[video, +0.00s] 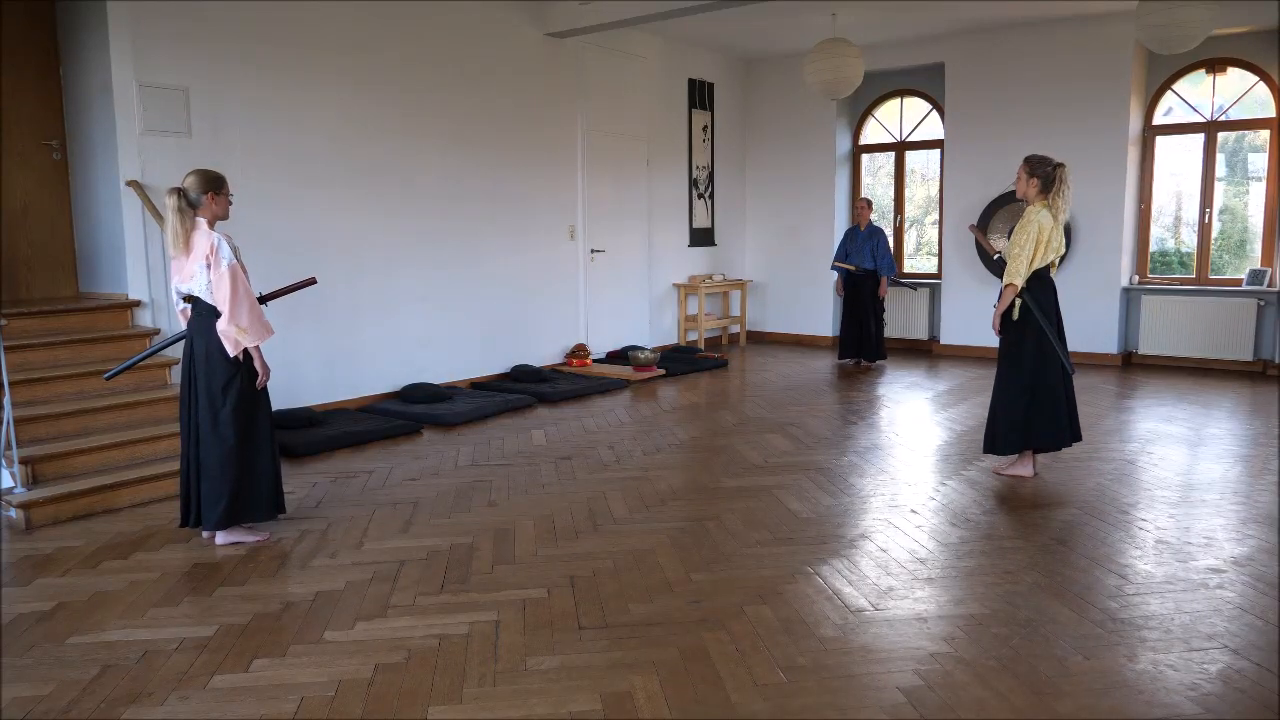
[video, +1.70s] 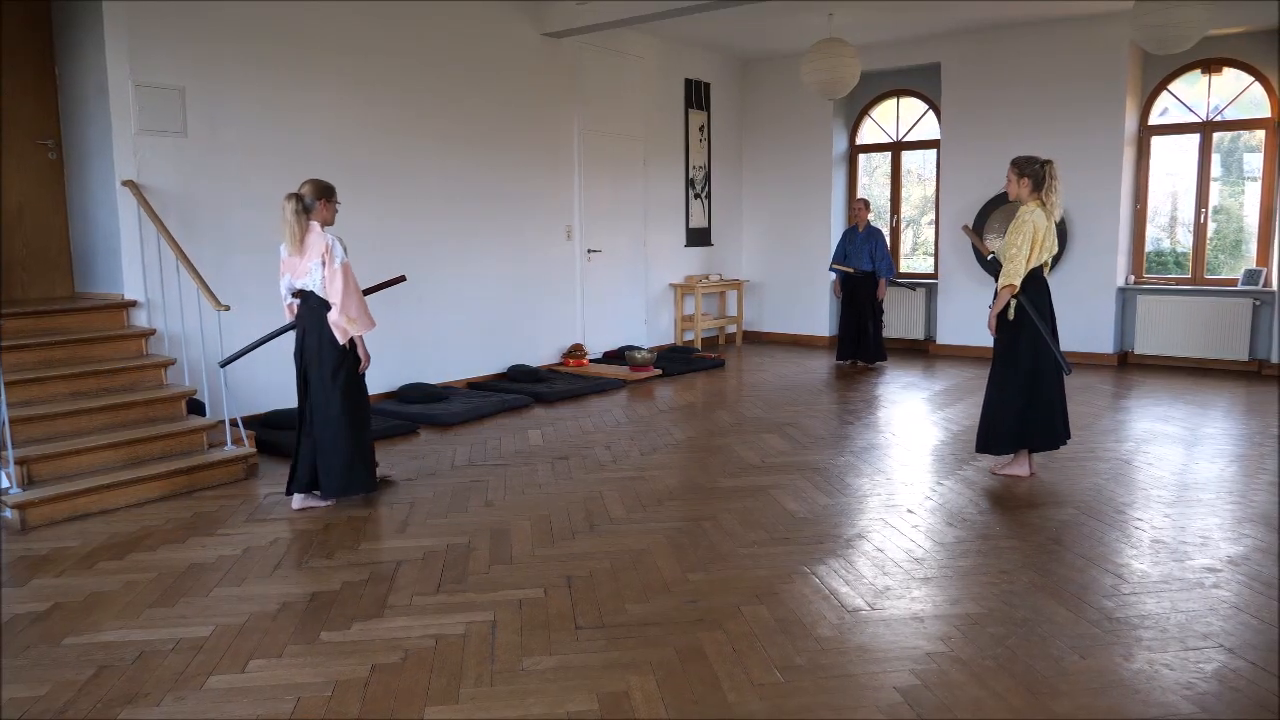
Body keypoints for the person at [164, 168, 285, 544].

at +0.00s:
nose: (231, 203)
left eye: (230, 197)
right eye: (228, 197)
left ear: (201, 200)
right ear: (210, 199)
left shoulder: (181, 240)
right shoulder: (216, 242)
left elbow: (183, 302)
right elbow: (235, 304)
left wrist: (202, 332)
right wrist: (255, 351)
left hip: (198, 341)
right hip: (224, 342)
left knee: (209, 430)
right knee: (232, 431)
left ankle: (213, 521)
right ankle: (229, 525)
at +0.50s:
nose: (237, 206)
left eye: (236, 199)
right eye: (234, 200)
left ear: (203, 202)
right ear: (219, 202)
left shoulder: (186, 245)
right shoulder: (224, 244)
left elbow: (185, 303)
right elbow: (242, 304)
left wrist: (201, 334)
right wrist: (264, 349)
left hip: (201, 340)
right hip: (232, 339)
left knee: (213, 425)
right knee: (260, 415)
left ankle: (216, 515)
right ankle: (276, 502)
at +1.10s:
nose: (288, 205)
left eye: (286, 199)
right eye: (285, 200)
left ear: (256, 203)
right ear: (271, 202)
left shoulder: (237, 245)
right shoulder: (280, 242)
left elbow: (236, 301)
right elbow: (294, 299)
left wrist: (252, 327)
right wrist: (312, 344)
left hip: (251, 332)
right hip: (281, 332)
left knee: (247, 413)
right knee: (298, 411)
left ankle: (221, 500)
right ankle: (306, 493)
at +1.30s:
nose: (305, 204)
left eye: (304, 199)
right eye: (302, 199)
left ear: (275, 201)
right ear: (289, 201)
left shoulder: (254, 244)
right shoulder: (298, 240)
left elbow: (256, 298)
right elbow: (314, 297)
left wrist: (273, 324)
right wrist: (333, 339)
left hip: (272, 330)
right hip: (302, 330)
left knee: (275, 406)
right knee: (309, 408)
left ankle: (254, 486)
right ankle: (305, 493)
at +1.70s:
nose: (337, 210)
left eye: (336, 204)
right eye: (335, 204)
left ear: (310, 206)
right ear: (322, 206)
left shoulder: (290, 246)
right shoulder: (329, 242)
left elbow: (290, 301)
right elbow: (342, 298)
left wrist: (307, 325)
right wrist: (358, 340)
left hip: (306, 331)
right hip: (331, 330)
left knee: (314, 408)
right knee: (340, 406)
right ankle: (305, 491)